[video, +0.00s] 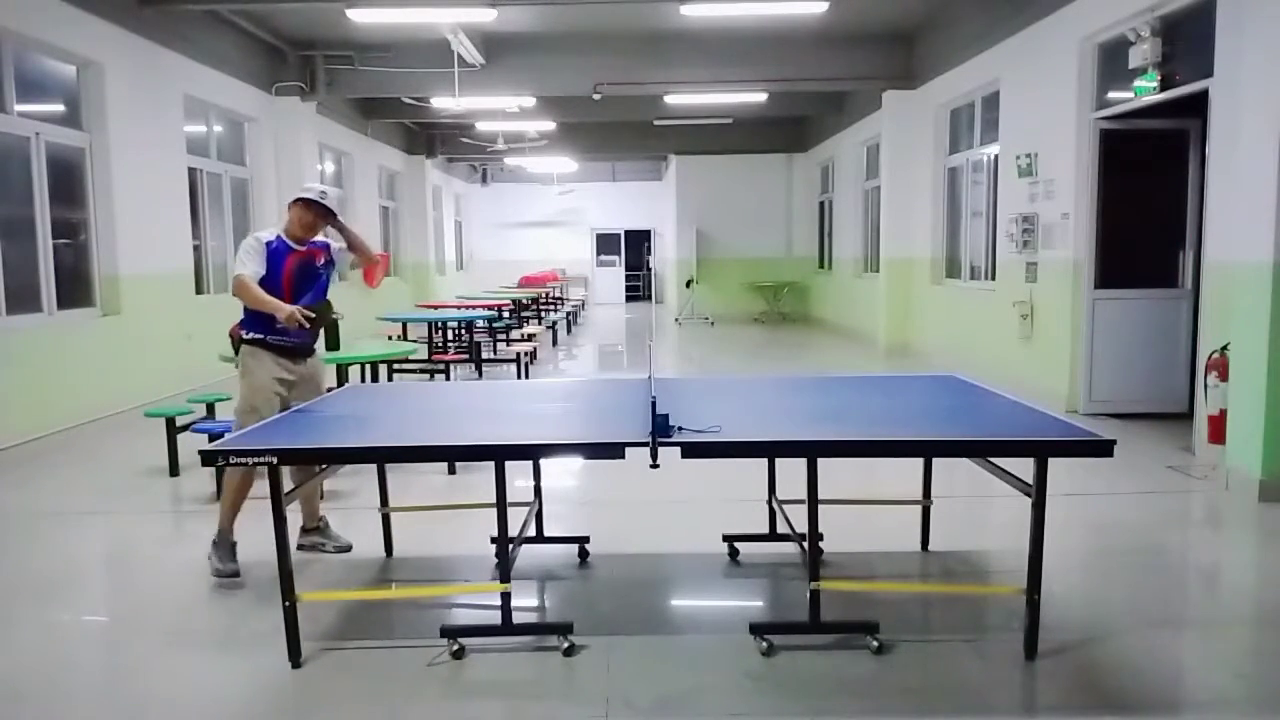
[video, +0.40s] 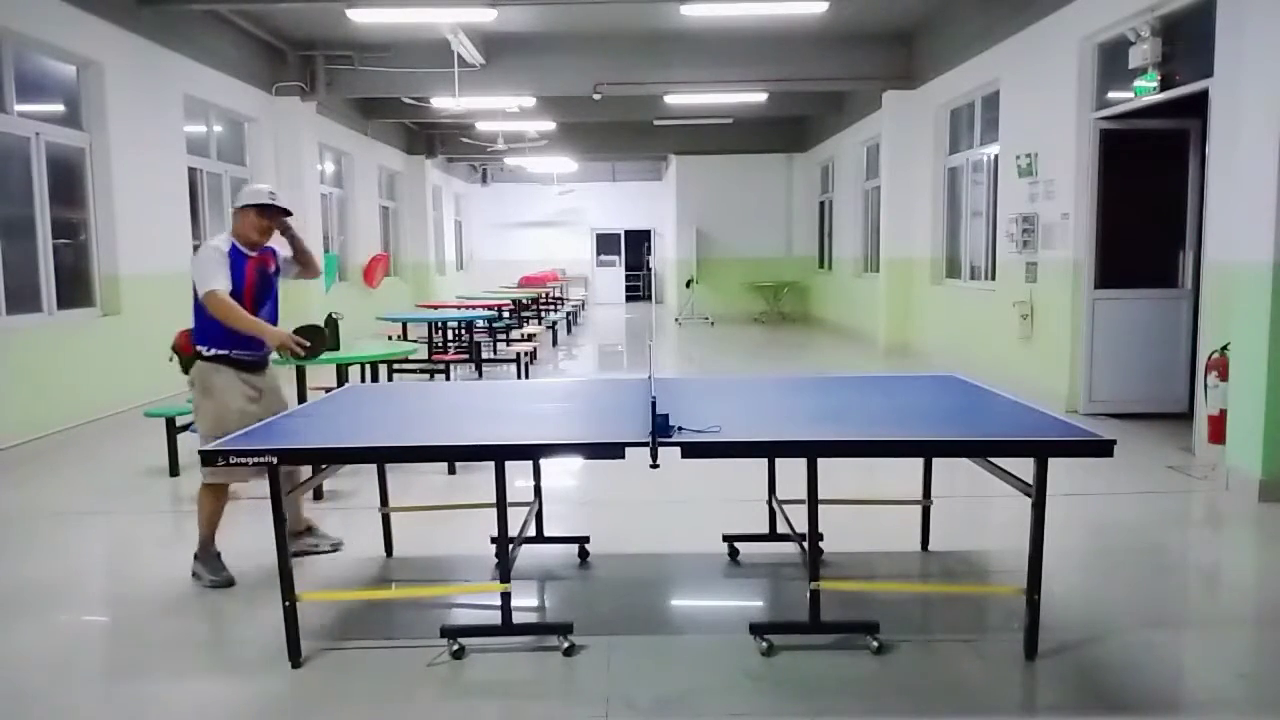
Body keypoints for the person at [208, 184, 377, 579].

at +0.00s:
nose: (315, 222)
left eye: (321, 217)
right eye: (310, 211)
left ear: (324, 223)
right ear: (293, 208)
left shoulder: (325, 251)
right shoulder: (259, 242)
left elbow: (368, 260)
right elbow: (242, 286)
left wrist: (341, 226)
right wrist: (281, 309)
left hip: (307, 358)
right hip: (262, 356)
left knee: (309, 443)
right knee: (248, 446)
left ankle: (313, 526)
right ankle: (224, 538)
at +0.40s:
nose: (271, 228)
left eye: (275, 223)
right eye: (265, 220)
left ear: (273, 225)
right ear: (241, 215)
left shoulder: (271, 254)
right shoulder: (213, 253)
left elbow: (311, 270)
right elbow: (218, 305)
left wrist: (290, 235)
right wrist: (270, 333)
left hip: (260, 374)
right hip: (219, 374)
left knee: (288, 452)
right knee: (221, 466)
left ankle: (296, 530)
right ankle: (205, 553)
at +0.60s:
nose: (252, 213)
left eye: (252, 207)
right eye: (243, 207)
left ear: (245, 211)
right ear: (216, 210)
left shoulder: (252, 252)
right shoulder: (195, 253)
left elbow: (281, 286)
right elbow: (209, 309)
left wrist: (297, 259)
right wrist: (264, 338)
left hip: (252, 368)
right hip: (211, 370)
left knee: (262, 456)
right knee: (211, 463)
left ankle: (273, 537)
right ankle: (205, 552)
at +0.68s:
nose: (244, 212)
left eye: (245, 205)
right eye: (235, 205)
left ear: (238, 209)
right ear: (207, 210)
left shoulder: (244, 249)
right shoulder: (190, 252)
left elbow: (265, 291)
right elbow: (207, 310)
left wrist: (301, 295)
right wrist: (259, 341)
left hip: (251, 367)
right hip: (210, 370)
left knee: (263, 455)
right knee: (211, 464)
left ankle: (274, 535)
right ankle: (204, 553)